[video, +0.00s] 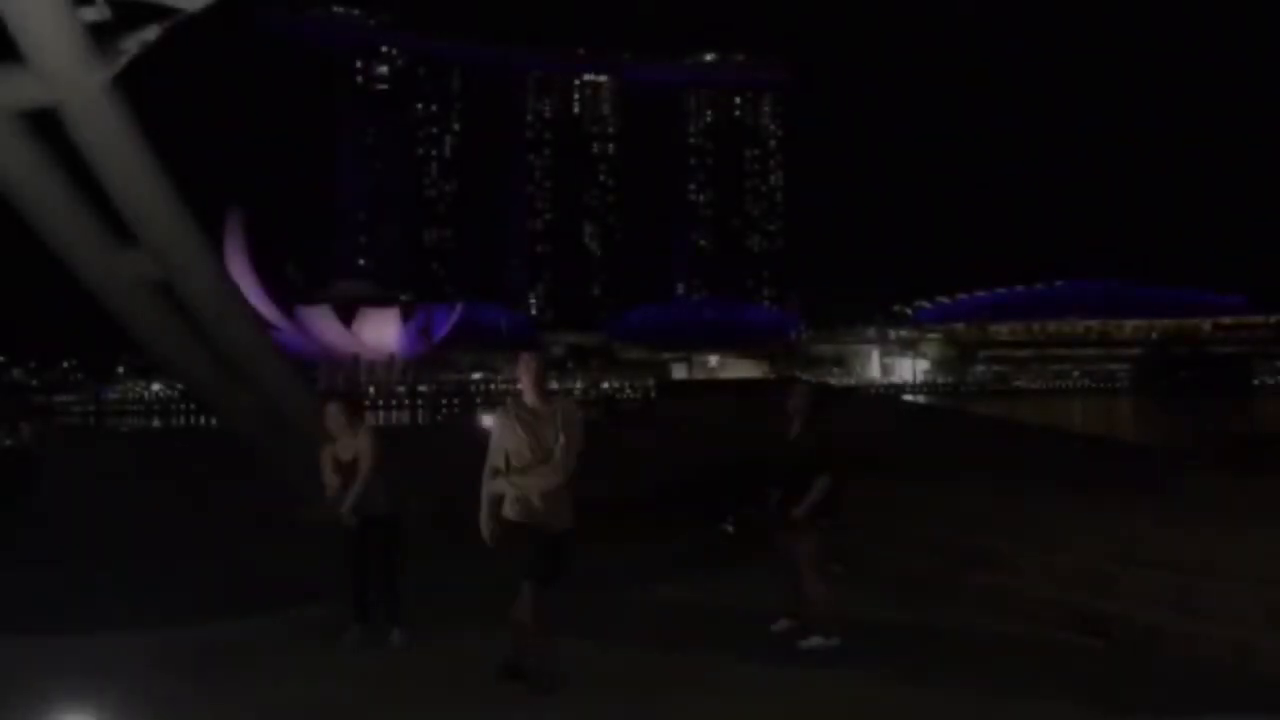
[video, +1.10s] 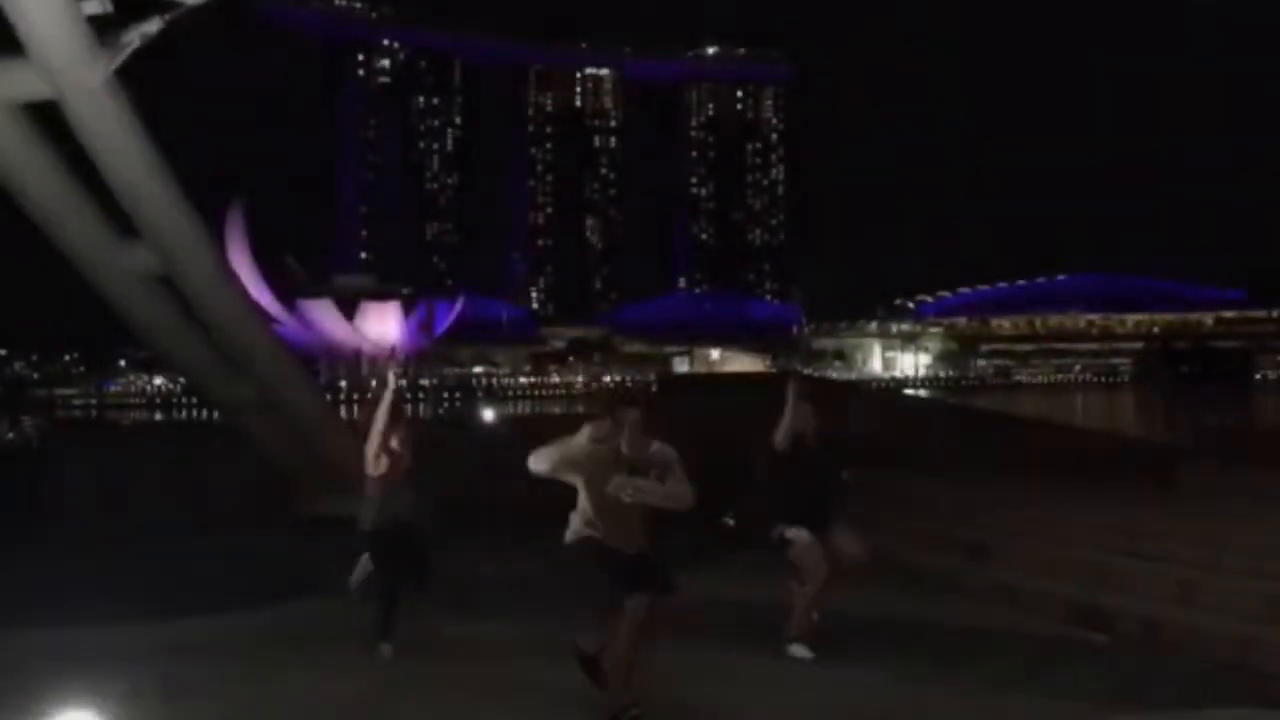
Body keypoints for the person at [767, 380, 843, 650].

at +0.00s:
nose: (792, 404)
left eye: (798, 399)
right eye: (791, 399)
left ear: (809, 404)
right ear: (789, 403)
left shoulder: (817, 436)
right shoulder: (787, 435)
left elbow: (824, 479)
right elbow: (784, 475)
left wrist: (804, 508)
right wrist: (777, 502)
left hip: (813, 517)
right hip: (790, 515)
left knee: (812, 572)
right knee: (792, 570)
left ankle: (822, 627)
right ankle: (793, 614)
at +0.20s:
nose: (788, 405)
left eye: (793, 399)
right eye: (784, 399)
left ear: (802, 403)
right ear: (778, 403)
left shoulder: (814, 433)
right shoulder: (772, 435)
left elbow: (838, 467)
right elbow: (759, 468)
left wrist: (832, 503)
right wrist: (756, 500)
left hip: (809, 504)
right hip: (779, 504)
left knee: (807, 561)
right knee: (782, 561)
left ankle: (822, 614)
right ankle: (789, 612)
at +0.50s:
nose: (799, 405)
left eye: (803, 399)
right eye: (794, 399)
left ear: (811, 401)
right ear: (785, 403)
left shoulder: (821, 431)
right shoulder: (776, 433)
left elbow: (834, 467)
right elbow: (766, 476)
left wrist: (843, 495)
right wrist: (779, 508)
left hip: (817, 504)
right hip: (784, 508)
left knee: (814, 562)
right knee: (781, 561)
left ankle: (801, 614)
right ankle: (778, 610)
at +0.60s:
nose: (803, 414)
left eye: (807, 408)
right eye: (798, 407)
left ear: (814, 410)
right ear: (790, 411)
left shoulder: (823, 441)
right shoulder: (781, 441)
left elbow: (838, 474)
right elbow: (768, 477)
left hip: (817, 509)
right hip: (785, 511)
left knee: (815, 566)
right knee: (792, 562)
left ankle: (803, 614)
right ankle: (771, 602)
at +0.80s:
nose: (808, 414)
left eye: (811, 409)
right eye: (803, 408)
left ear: (815, 411)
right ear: (795, 410)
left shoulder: (820, 438)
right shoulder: (791, 438)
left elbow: (827, 473)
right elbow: (777, 466)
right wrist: (790, 435)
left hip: (816, 508)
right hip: (792, 508)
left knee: (813, 565)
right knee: (799, 565)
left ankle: (805, 616)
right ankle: (793, 629)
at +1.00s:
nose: (804, 417)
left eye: (806, 410)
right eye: (798, 411)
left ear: (812, 414)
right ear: (790, 416)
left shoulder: (820, 446)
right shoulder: (786, 451)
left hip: (820, 514)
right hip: (796, 516)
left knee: (848, 555)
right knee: (816, 570)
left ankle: (801, 584)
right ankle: (796, 636)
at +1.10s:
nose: (804, 423)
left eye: (807, 417)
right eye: (798, 417)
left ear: (815, 420)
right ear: (789, 421)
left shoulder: (821, 450)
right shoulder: (782, 453)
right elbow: (779, 442)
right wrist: (790, 408)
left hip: (819, 517)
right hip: (789, 519)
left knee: (850, 554)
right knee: (815, 571)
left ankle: (810, 606)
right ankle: (795, 636)